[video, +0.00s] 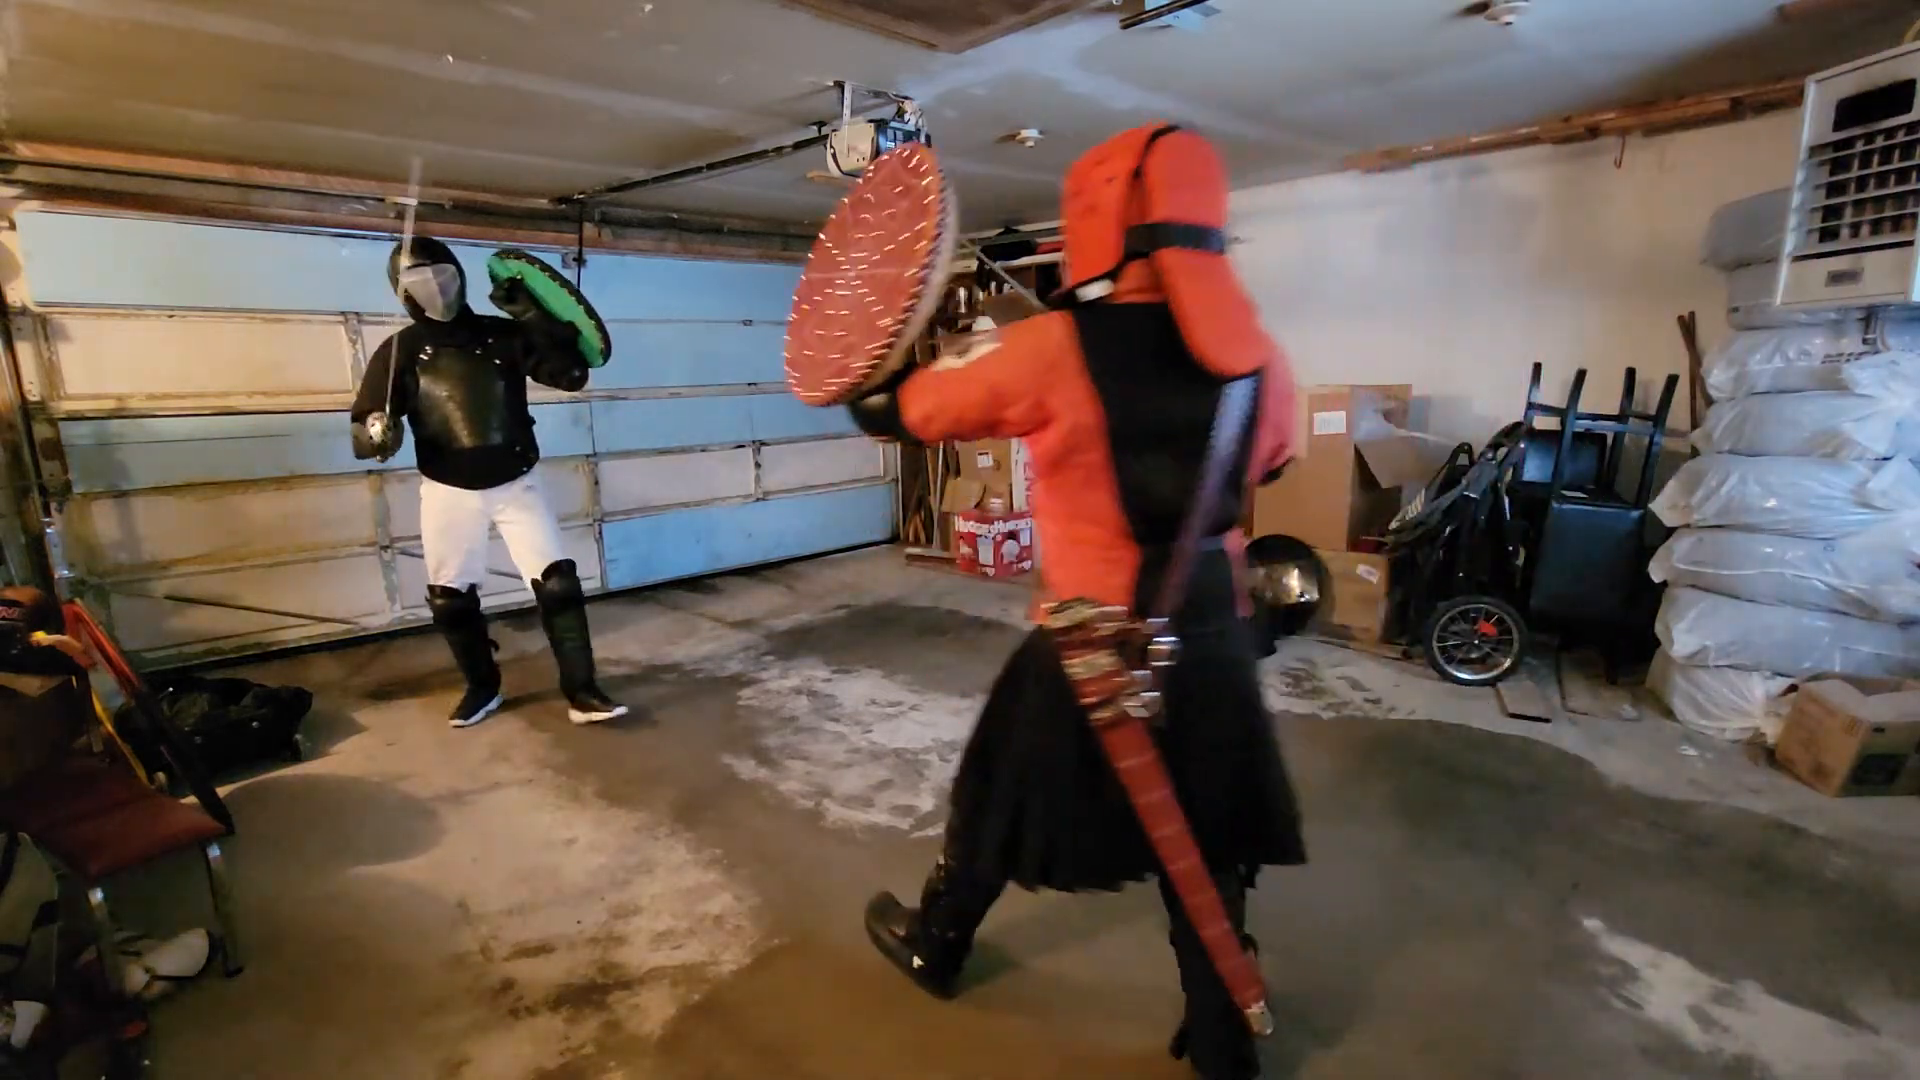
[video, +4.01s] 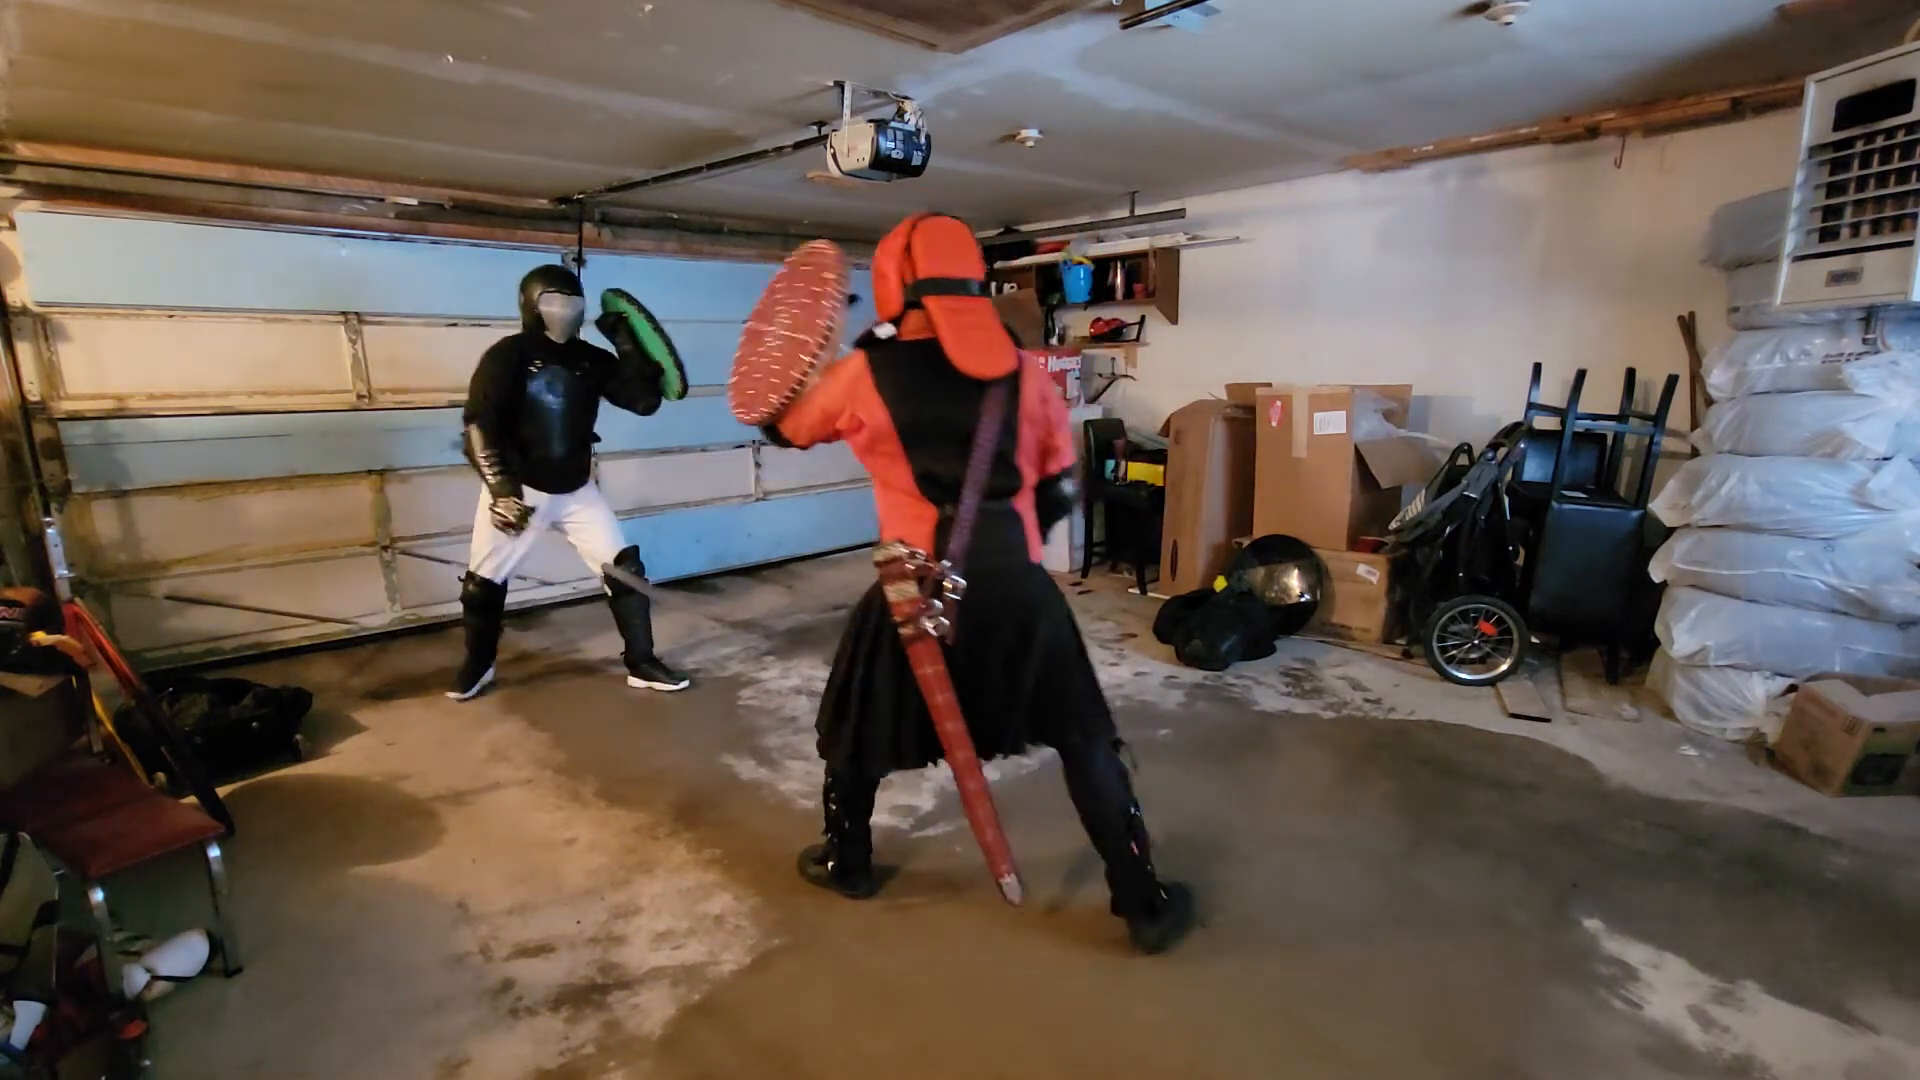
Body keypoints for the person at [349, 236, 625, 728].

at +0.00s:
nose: (434, 285)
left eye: (441, 273)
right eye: (419, 278)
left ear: (458, 274)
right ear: (402, 290)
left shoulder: (503, 334)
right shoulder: (399, 351)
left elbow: (572, 375)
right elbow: (361, 433)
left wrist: (533, 315)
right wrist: (376, 438)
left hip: (517, 485)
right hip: (448, 493)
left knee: (558, 582)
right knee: (449, 599)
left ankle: (582, 691)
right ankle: (482, 686)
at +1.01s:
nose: (475, 285)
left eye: (482, 273)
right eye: (460, 276)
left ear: (497, 280)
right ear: (440, 286)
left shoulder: (533, 344)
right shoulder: (425, 354)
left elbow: (596, 388)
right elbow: (378, 427)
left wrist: (569, 322)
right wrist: (399, 465)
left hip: (530, 499)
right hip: (456, 503)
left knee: (567, 601)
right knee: (453, 609)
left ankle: (590, 712)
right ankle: (478, 677)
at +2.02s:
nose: (499, 290)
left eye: (504, 282)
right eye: (486, 282)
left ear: (511, 289)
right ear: (458, 292)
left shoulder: (531, 349)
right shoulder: (428, 352)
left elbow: (593, 395)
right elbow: (384, 428)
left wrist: (573, 334)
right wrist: (428, 464)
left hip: (528, 498)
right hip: (460, 502)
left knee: (564, 590)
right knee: (459, 606)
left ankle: (572, 700)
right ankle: (480, 685)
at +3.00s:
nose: (458, 303)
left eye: (463, 294)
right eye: (444, 296)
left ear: (472, 300)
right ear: (419, 306)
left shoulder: (495, 358)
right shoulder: (398, 363)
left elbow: (556, 399)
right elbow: (355, 434)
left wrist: (530, 342)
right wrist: (380, 496)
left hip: (493, 494)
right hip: (429, 497)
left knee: (526, 579)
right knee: (435, 599)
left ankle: (526, 665)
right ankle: (467, 672)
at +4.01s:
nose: (576, 302)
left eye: (577, 294)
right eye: (564, 295)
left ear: (581, 303)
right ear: (538, 303)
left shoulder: (592, 359)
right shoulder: (506, 357)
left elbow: (644, 400)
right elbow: (479, 427)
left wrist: (626, 340)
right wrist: (502, 491)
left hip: (578, 490)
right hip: (516, 489)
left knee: (623, 566)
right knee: (481, 587)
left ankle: (642, 661)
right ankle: (478, 662)